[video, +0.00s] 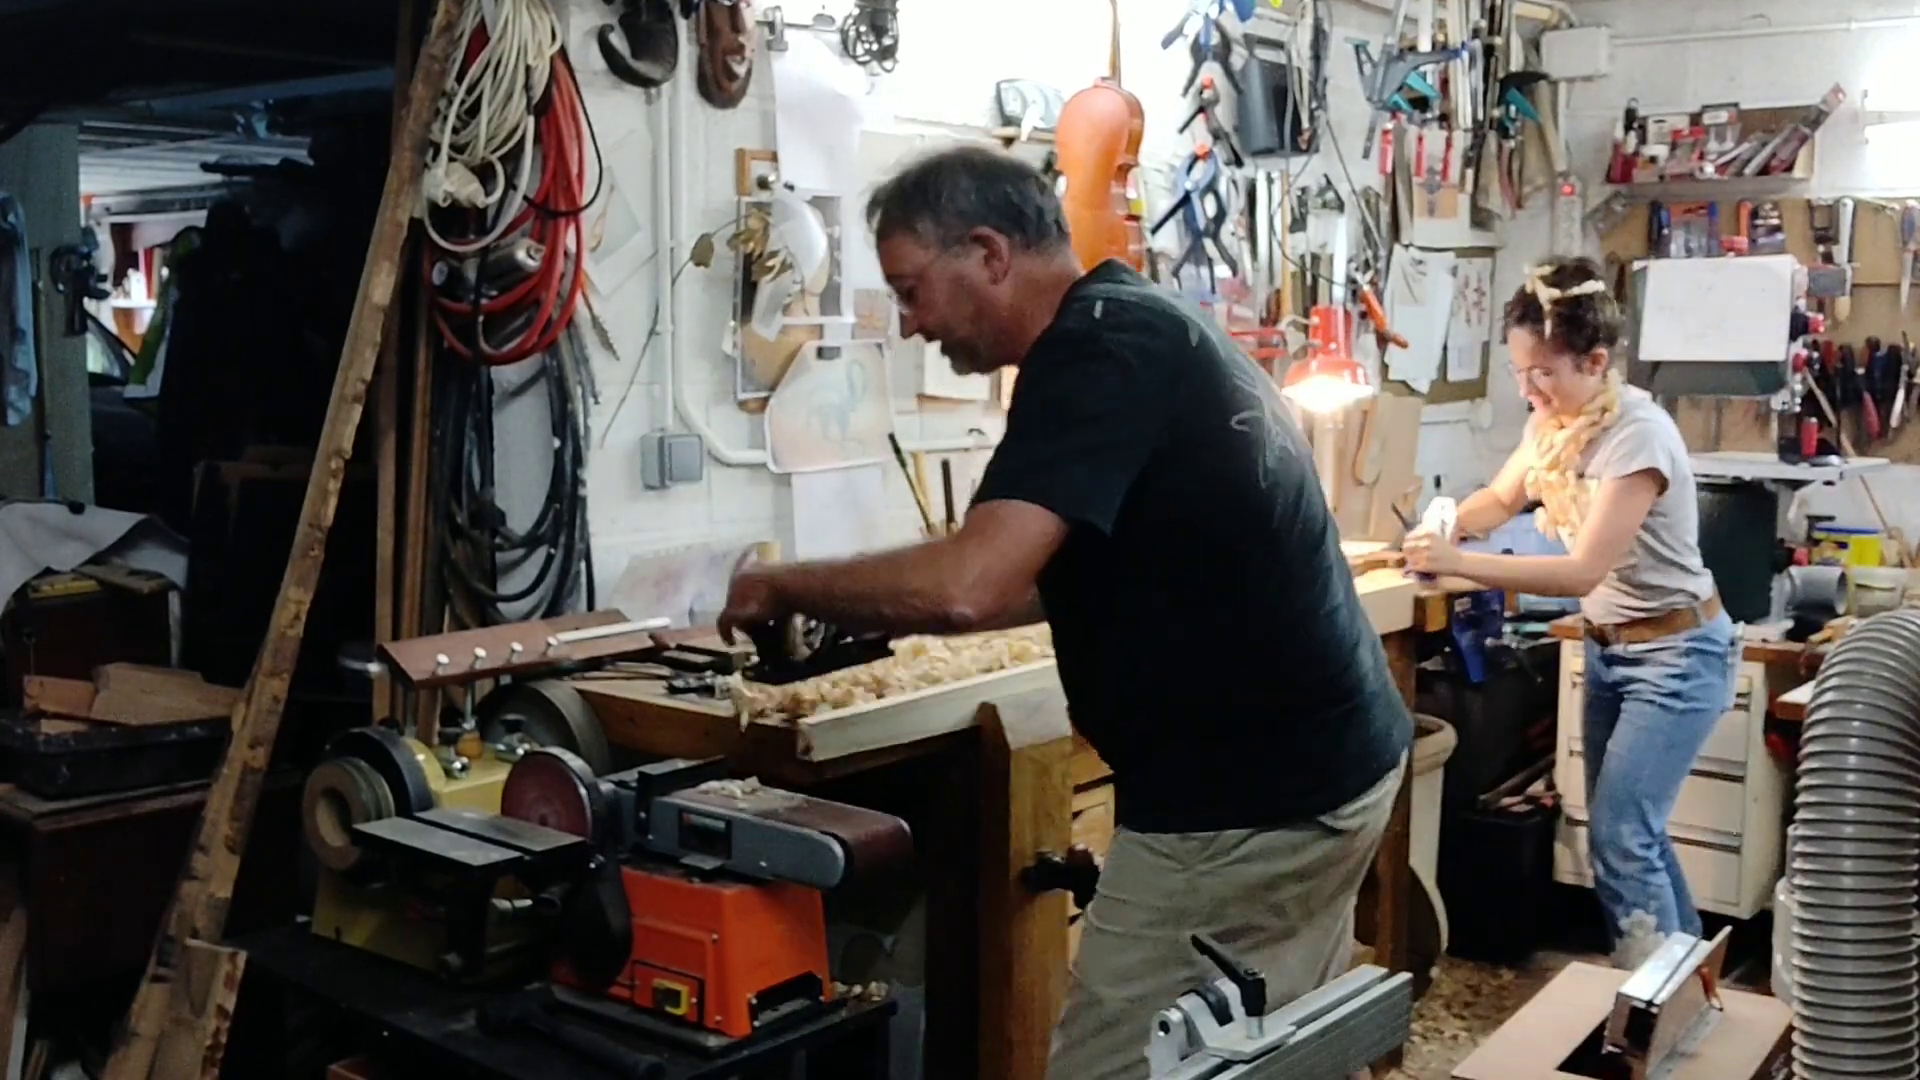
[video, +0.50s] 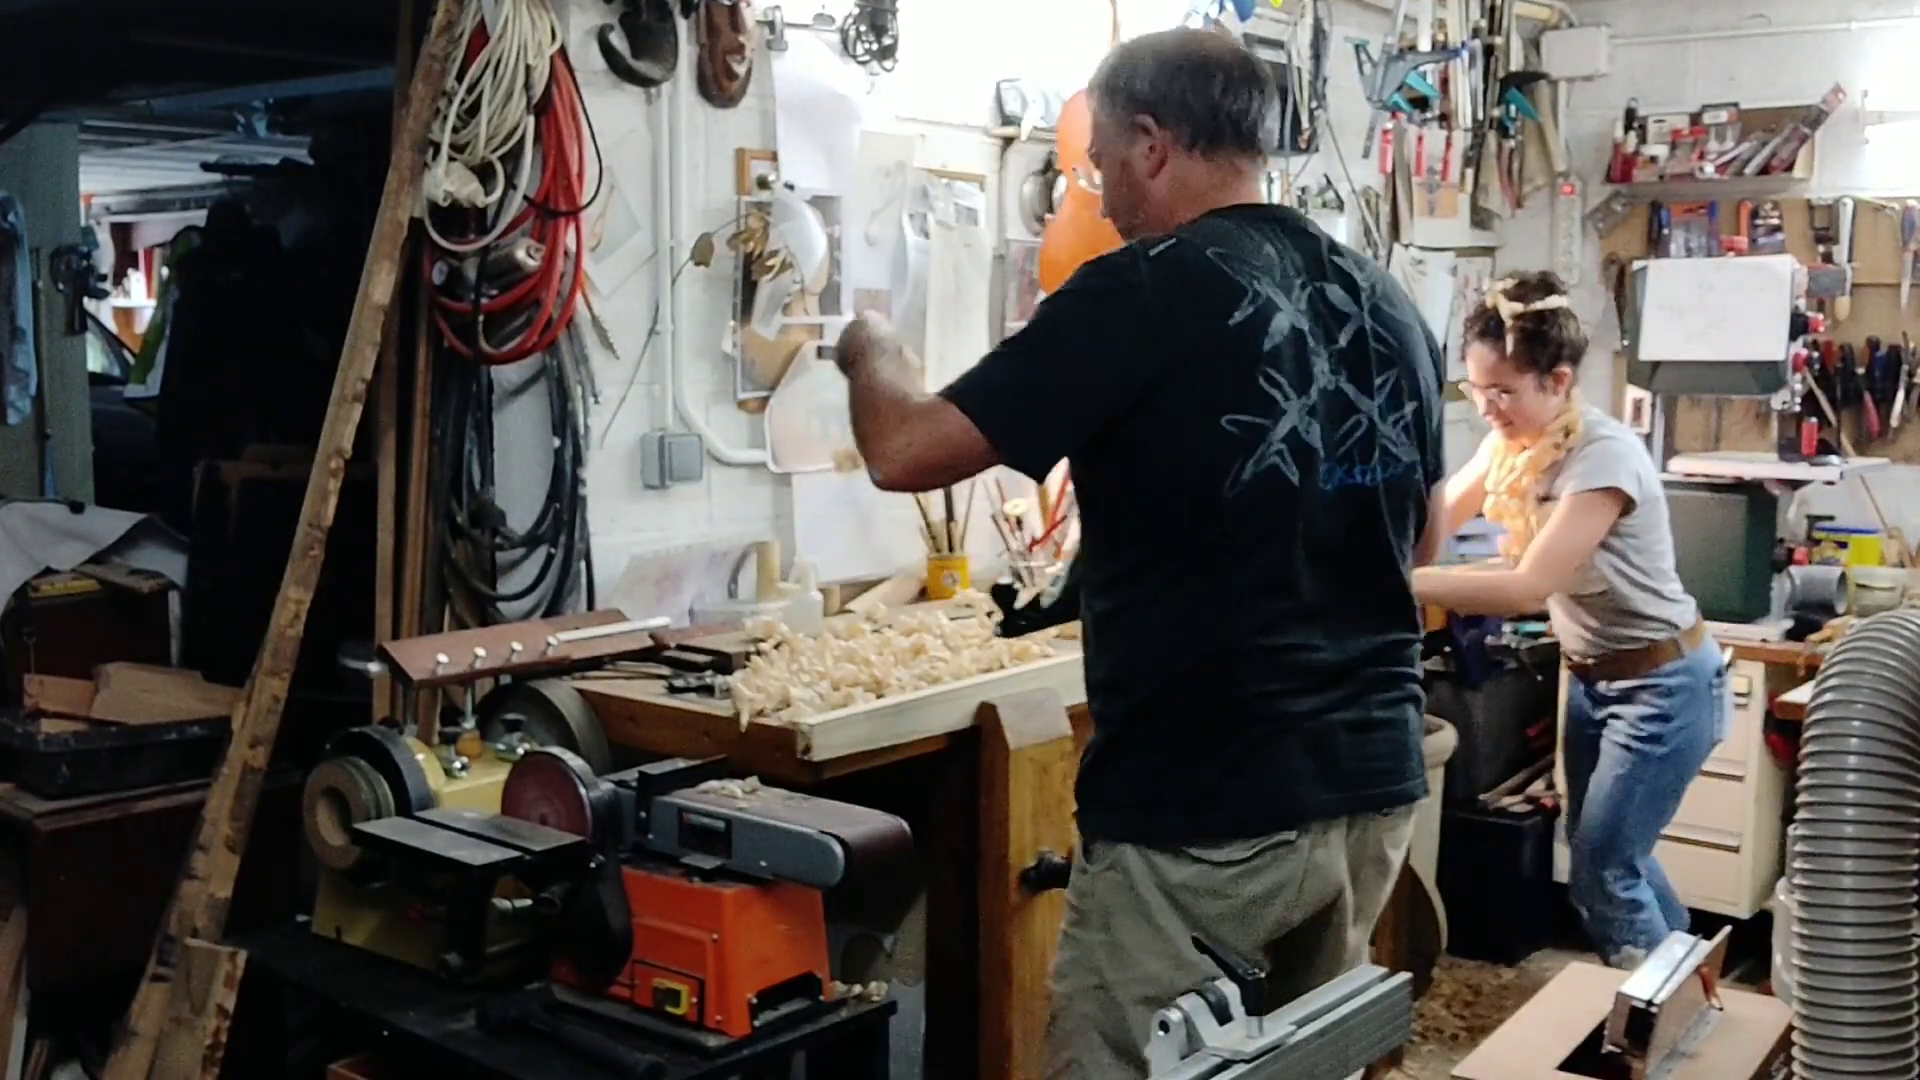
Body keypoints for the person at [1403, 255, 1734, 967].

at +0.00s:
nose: (1527, 389)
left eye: (1542, 374)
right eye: (1520, 372)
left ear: (1596, 361)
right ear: (1515, 354)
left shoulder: (1640, 436)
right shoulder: (1554, 423)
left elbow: (1581, 572)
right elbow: (1498, 504)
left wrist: (1456, 563)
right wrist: (1439, 534)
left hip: (1679, 651)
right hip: (1610, 651)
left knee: (1619, 833)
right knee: (1628, 830)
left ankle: (1659, 1001)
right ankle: (1687, 978)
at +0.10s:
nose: (1520, 394)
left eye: (1533, 379)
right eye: (1511, 377)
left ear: (1587, 366)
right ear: (1504, 361)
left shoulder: (1634, 440)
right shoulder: (1543, 430)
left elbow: (1570, 574)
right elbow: (1479, 508)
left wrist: (1446, 566)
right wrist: (1422, 531)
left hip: (1678, 654)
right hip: (1606, 654)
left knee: (1615, 838)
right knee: (1629, 832)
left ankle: (1657, 1003)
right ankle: (1689, 973)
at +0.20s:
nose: (1510, 400)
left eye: (1524, 385)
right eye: (1501, 385)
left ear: (1578, 373)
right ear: (1493, 370)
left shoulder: (1627, 448)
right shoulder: (1529, 434)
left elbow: (1556, 579)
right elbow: (1463, 510)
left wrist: (1427, 569)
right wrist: (1406, 533)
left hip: (1673, 663)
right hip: (1600, 662)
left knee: (1610, 844)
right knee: (1629, 836)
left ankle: (1658, 1003)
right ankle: (1690, 977)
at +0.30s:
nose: (1499, 406)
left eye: (1514, 391)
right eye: (1490, 390)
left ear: (1569, 381)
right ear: (1482, 374)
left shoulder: (1618, 454)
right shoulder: (1522, 443)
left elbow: (1545, 588)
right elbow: (1457, 512)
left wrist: (1414, 569)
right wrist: (1397, 531)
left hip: (1672, 673)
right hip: (1600, 673)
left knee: (1603, 858)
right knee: (1628, 841)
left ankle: (1658, 1006)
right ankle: (1690, 983)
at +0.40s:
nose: (1492, 411)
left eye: (1507, 396)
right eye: (1483, 393)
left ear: (1564, 384)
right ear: (1475, 376)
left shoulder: (1610, 457)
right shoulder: (1519, 446)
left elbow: (1537, 590)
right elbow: (1443, 521)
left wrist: (1402, 574)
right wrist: (1380, 540)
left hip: (1668, 680)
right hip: (1603, 679)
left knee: (1598, 869)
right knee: (1633, 850)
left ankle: (1657, 1013)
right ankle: (1693, 989)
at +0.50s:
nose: (1486, 407)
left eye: (1503, 392)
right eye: (1478, 389)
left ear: (1561, 380)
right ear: (1472, 375)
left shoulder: (1608, 457)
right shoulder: (1518, 442)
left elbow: (1528, 588)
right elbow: (1442, 509)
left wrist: (1404, 585)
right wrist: (1403, 582)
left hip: (1666, 685)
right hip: (1593, 679)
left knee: (1600, 878)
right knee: (1616, 858)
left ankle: (1662, 1017)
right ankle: (1688, 985)